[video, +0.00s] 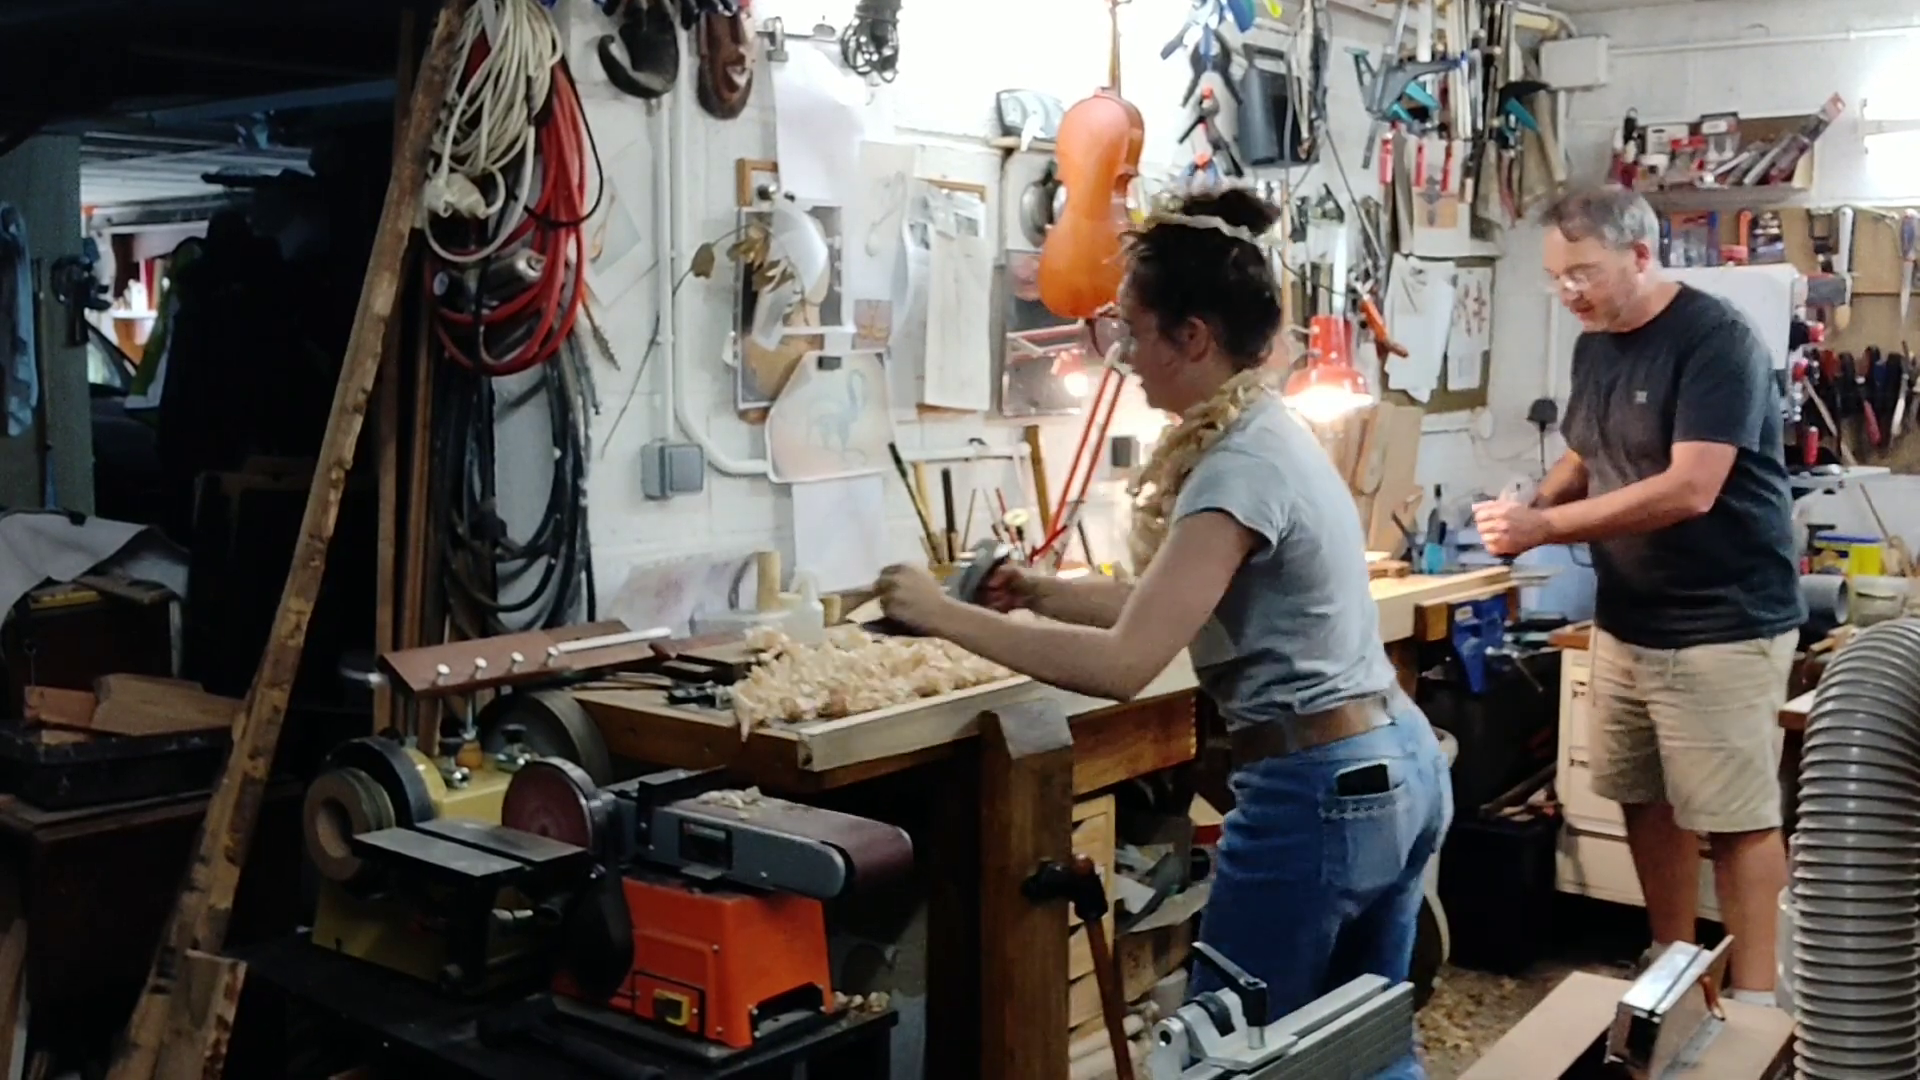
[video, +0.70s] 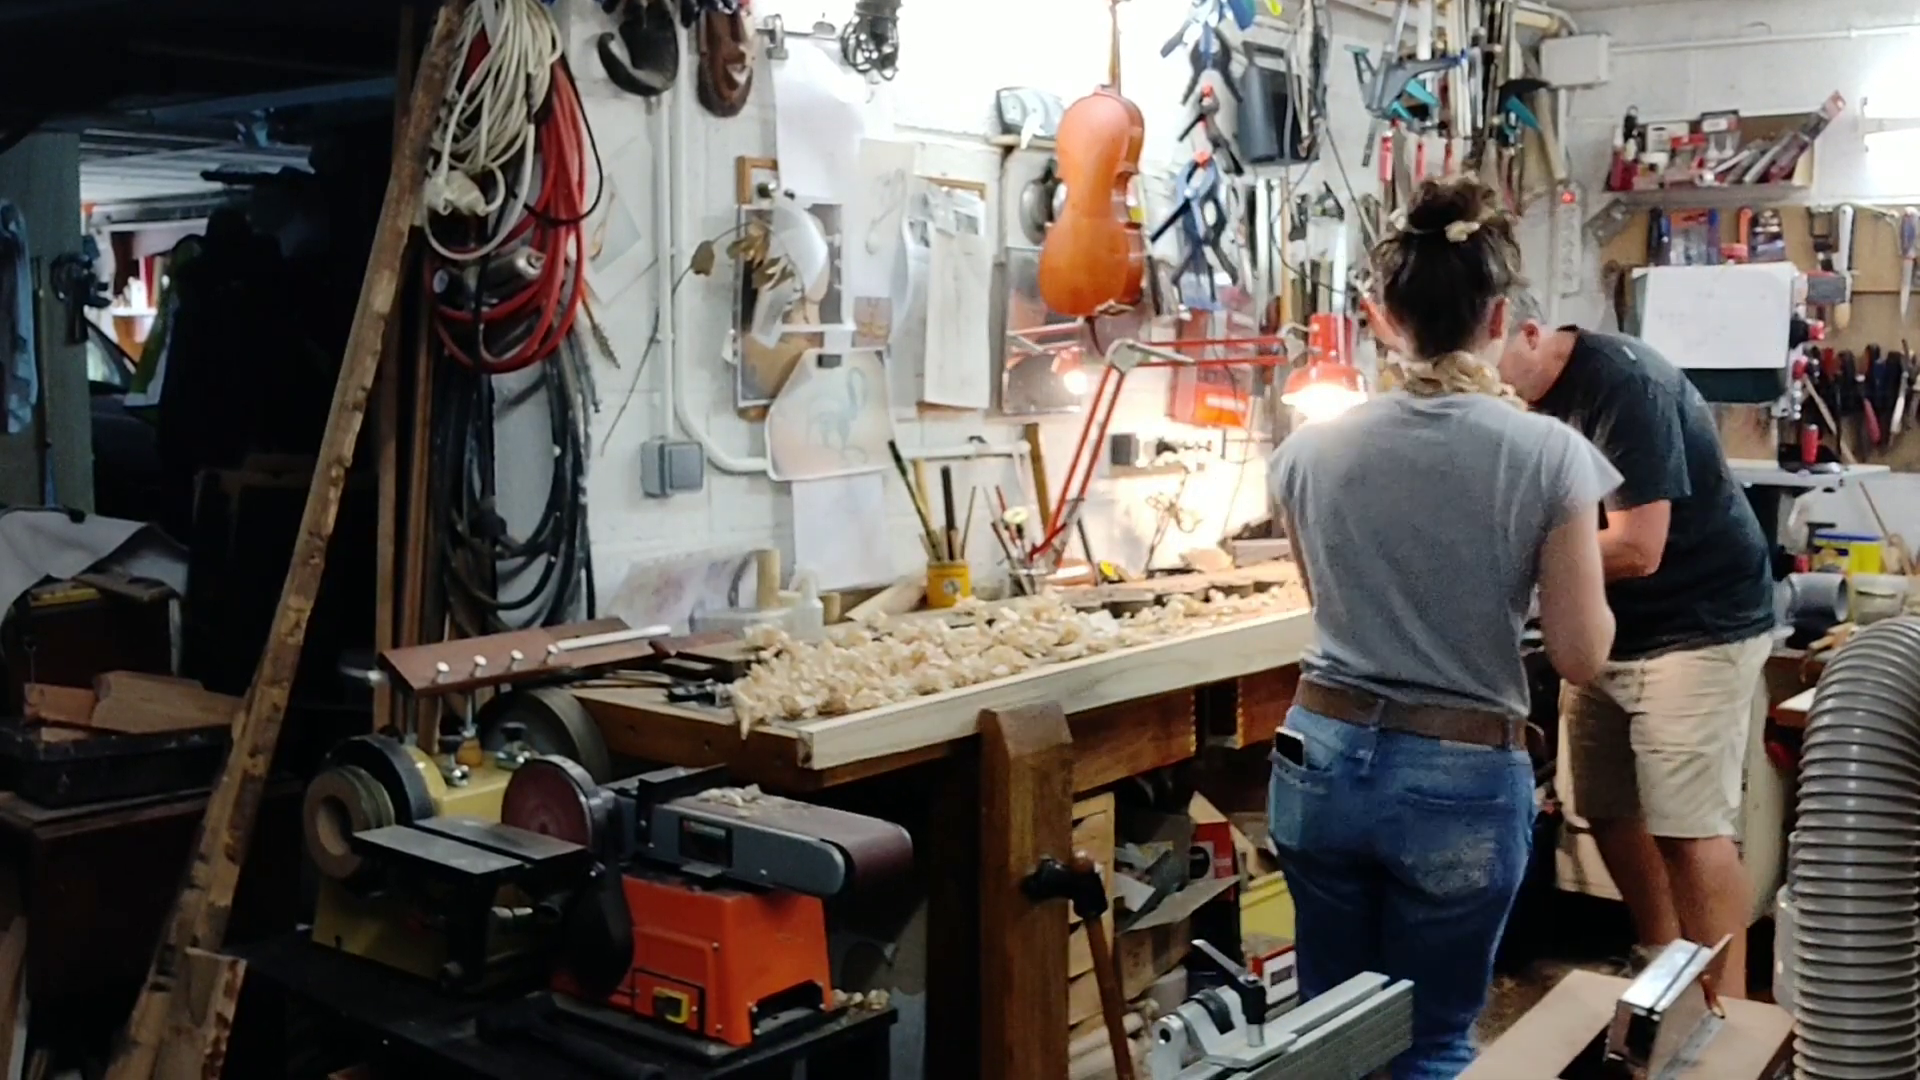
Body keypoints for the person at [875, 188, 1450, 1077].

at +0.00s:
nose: (1122, 351)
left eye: (1133, 330)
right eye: (1122, 328)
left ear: (1193, 338)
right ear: (1211, 340)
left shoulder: (1240, 463)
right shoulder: (1276, 440)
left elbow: (1125, 661)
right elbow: (1172, 600)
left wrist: (947, 617)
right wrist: (1038, 594)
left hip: (1317, 783)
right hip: (1400, 755)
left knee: (1232, 1045)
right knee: (1374, 1034)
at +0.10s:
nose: (1172, 343)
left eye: (1178, 320)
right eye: (1171, 320)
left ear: (1223, 328)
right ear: (1300, 325)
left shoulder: (1253, 466)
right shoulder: (1344, 432)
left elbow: (1164, 677)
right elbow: (1289, 600)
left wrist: (1021, 597)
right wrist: (1149, 579)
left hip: (1322, 786)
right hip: (1430, 761)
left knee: (1228, 1043)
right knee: (1380, 1043)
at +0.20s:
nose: (1239, 336)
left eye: (1239, 317)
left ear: (1257, 322)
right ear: (1375, 328)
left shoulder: (1267, 469)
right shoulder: (1422, 435)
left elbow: (1203, 681)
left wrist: (1088, 591)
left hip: (1329, 781)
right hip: (1460, 765)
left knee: (1222, 1037)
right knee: (1405, 1045)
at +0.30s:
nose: (1288, 325)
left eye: (1287, 309)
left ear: (1302, 320)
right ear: (1413, 310)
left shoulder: (1280, 468)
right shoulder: (1500, 446)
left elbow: (1237, 675)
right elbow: (1504, 634)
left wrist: (1165, 581)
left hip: (1332, 784)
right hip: (1475, 771)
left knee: (1237, 1037)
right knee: (1419, 1050)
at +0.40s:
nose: (1321, 326)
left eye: (1323, 311)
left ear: (1332, 321)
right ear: (1449, 314)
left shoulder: (1287, 462)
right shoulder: (1532, 445)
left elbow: (1260, 659)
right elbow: (1561, 635)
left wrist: (1241, 562)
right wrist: (1469, 602)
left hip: (1332, 775)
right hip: (1479, 770)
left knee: (1259, 1034)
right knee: (1423, 1048)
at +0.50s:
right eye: (1483, 301)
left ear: (1358, 308)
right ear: (1472, 306)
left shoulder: (1296, 449)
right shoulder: (1548, 446)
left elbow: (1281, 639)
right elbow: (1584, 645)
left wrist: (1360, 574)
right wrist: (1509, 581)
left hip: (1327, 754)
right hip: (1477, 755)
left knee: (1295, 1029)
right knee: (1434, 1042)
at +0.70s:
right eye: (1512, 313)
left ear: (1381, 317)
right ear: (1498, 317)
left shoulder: (1310, 453)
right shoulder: (1553, 455)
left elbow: (1326, 602)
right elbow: (1583, 657)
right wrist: (1558, 565)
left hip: (1322, 749)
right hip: (1466, 766)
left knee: (1328, 1020)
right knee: (1436, 1036)